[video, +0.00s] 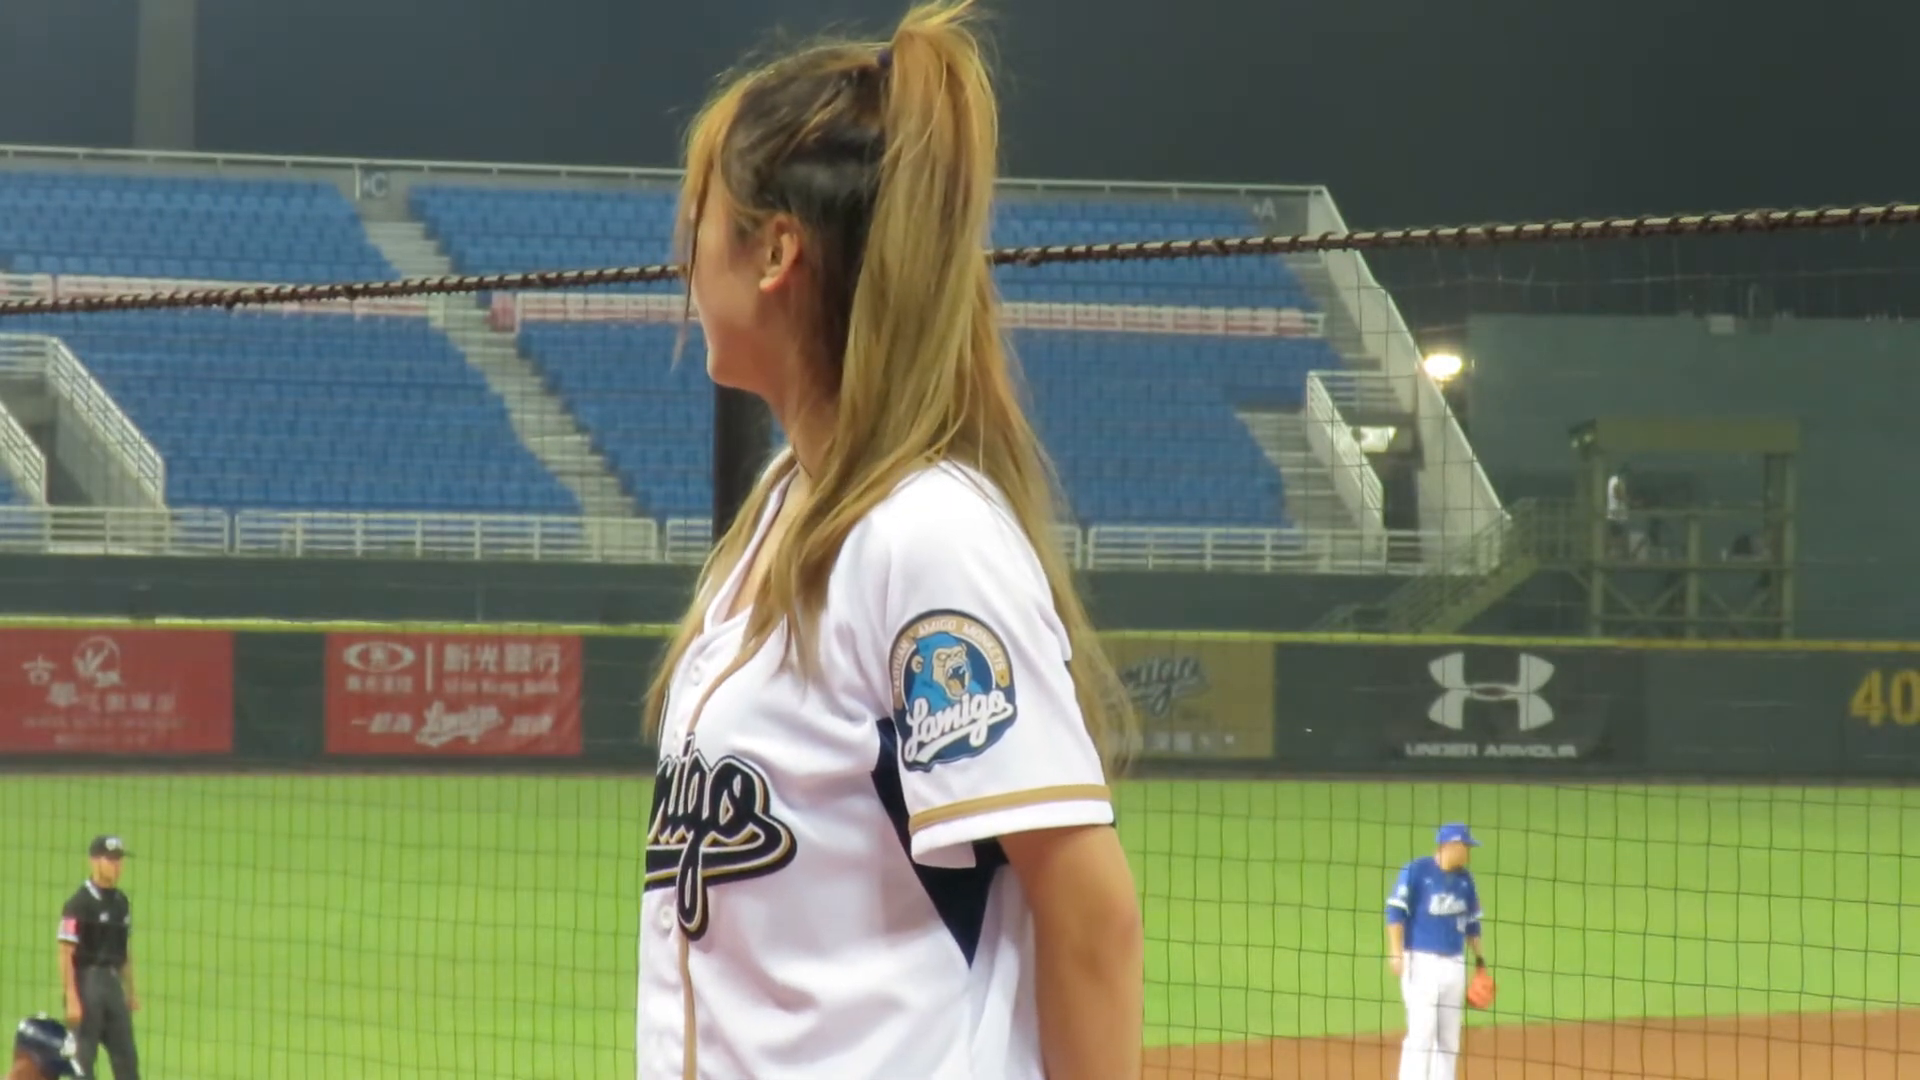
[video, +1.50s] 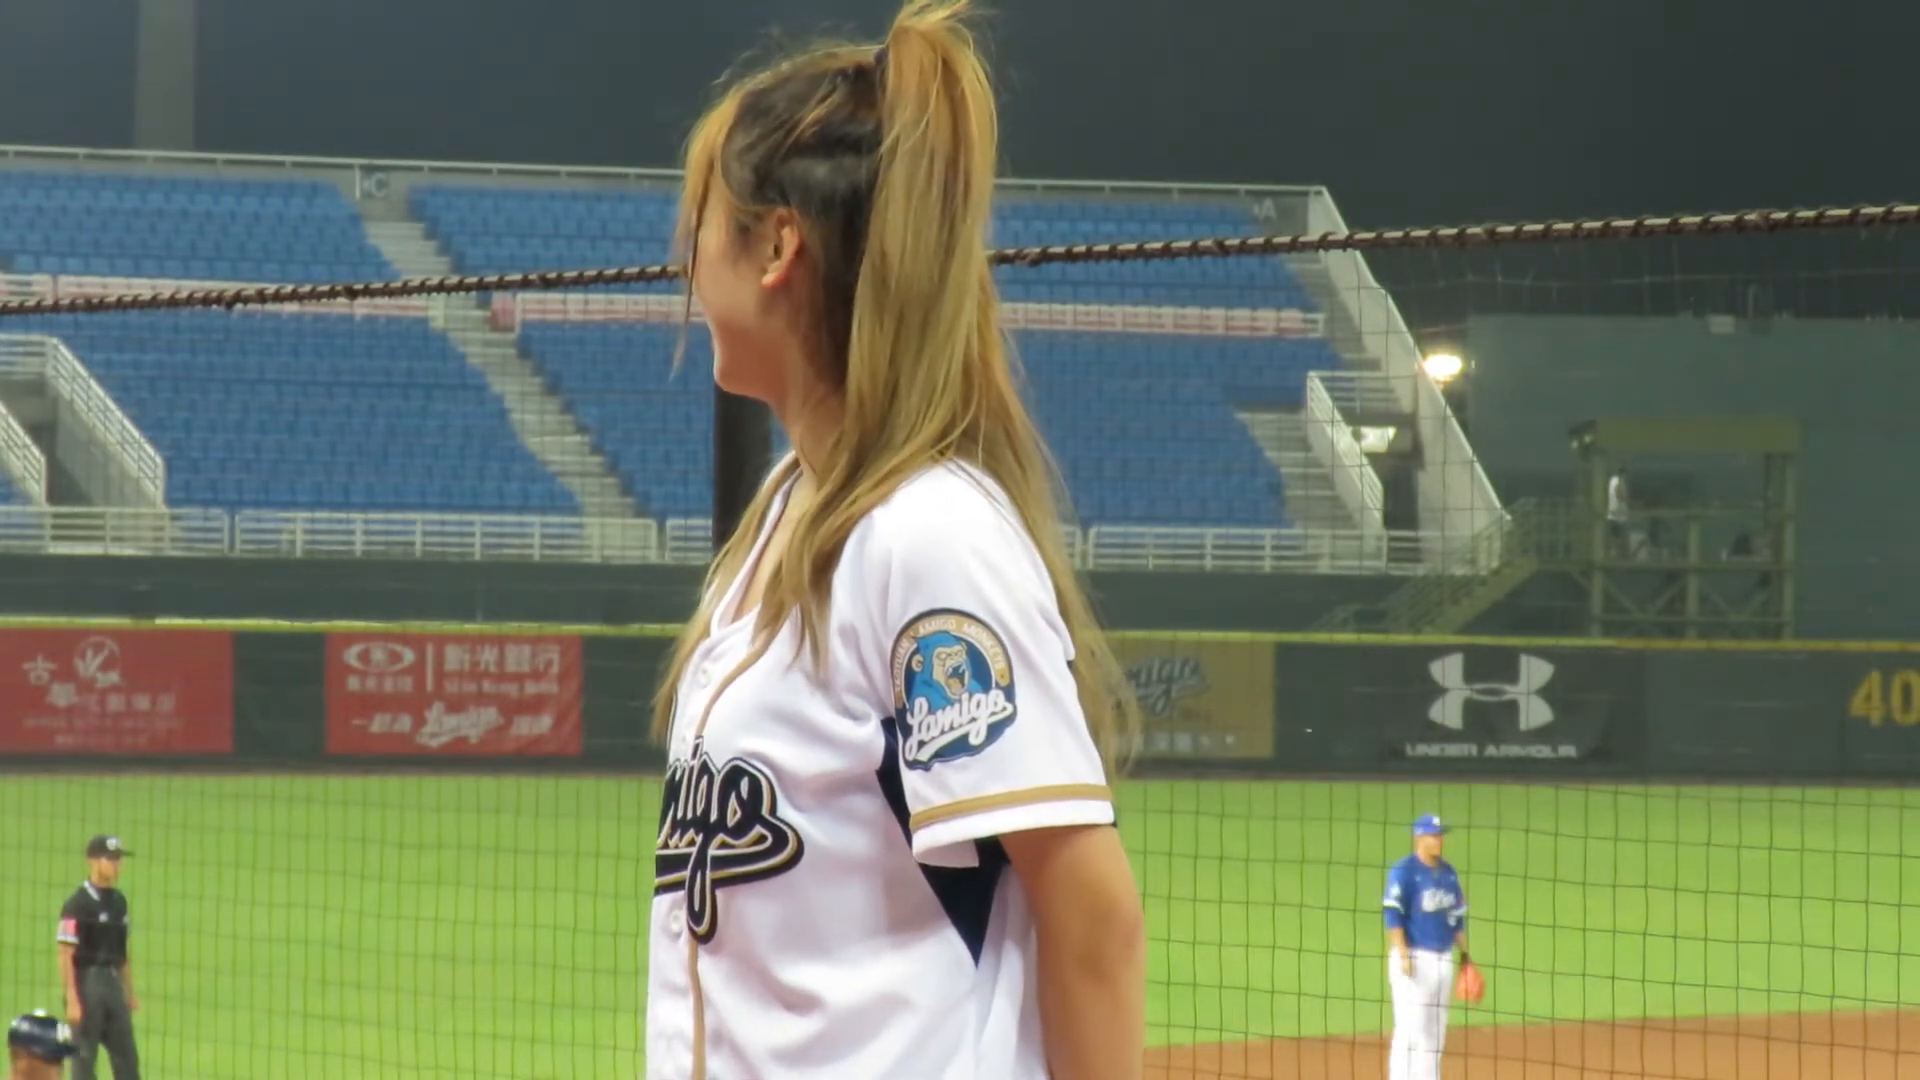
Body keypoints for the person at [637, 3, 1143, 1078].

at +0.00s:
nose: (687, 260)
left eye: (702, 220)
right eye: (697, 219)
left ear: (778, 254)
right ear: (774, 255)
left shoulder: (933, 534)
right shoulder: (783, 502)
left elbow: (1093, 911)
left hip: (877, 1057)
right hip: (716, 1051)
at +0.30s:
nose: (684, 264)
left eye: (698, 225)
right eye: (692, 224)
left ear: (774, 256)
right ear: (774, 256)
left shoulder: (931, 536)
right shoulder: (782, 504)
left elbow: (1094, 913)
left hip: (880, 1056)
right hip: (719, 1050)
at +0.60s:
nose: (680, 259)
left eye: (695, 222)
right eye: (689, 220)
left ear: (772, 255)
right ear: (772, 255)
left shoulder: (927, 535)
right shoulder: (778, 500)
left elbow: (1089, 909)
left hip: (881, 1057)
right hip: (718, 1051)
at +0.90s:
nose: (685, 269)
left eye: (699, 228)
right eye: (693, 228)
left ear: (777, 255)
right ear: (774, 255)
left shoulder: (932, 536)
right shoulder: (780, 503)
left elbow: (1094, 916)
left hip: (881, 1057)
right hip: (717, 1052)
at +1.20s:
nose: (685, 264)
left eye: (699, 225)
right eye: (693, 225)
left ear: (777, 249)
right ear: (776, 249)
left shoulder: (936, 534)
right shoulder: (784, 508)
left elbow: (1096, 912)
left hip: (886, 1057)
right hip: (721, 1051)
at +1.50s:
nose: (688, 265)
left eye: (703, 224)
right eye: (697, 224)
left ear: (779, 249)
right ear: (778, 250)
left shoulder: (934, 533)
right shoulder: (783, 511)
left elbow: (1095, 913)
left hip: (888, 1056)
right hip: (725, 1050)